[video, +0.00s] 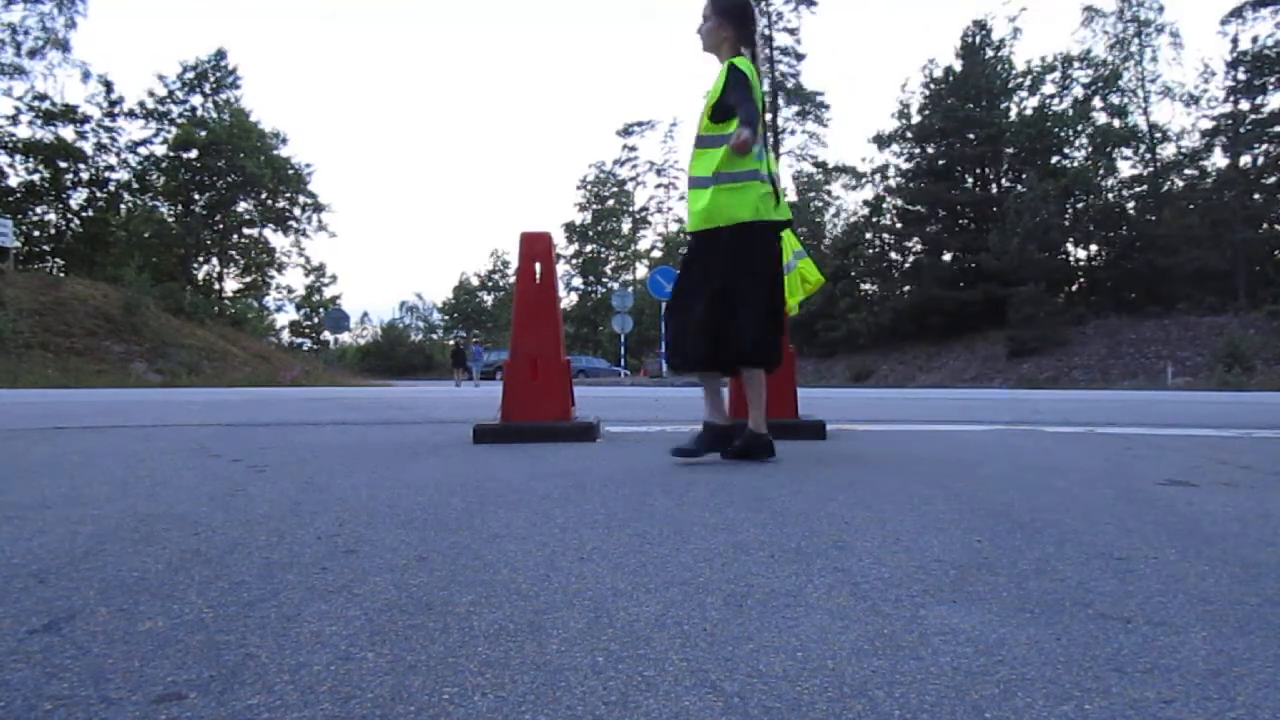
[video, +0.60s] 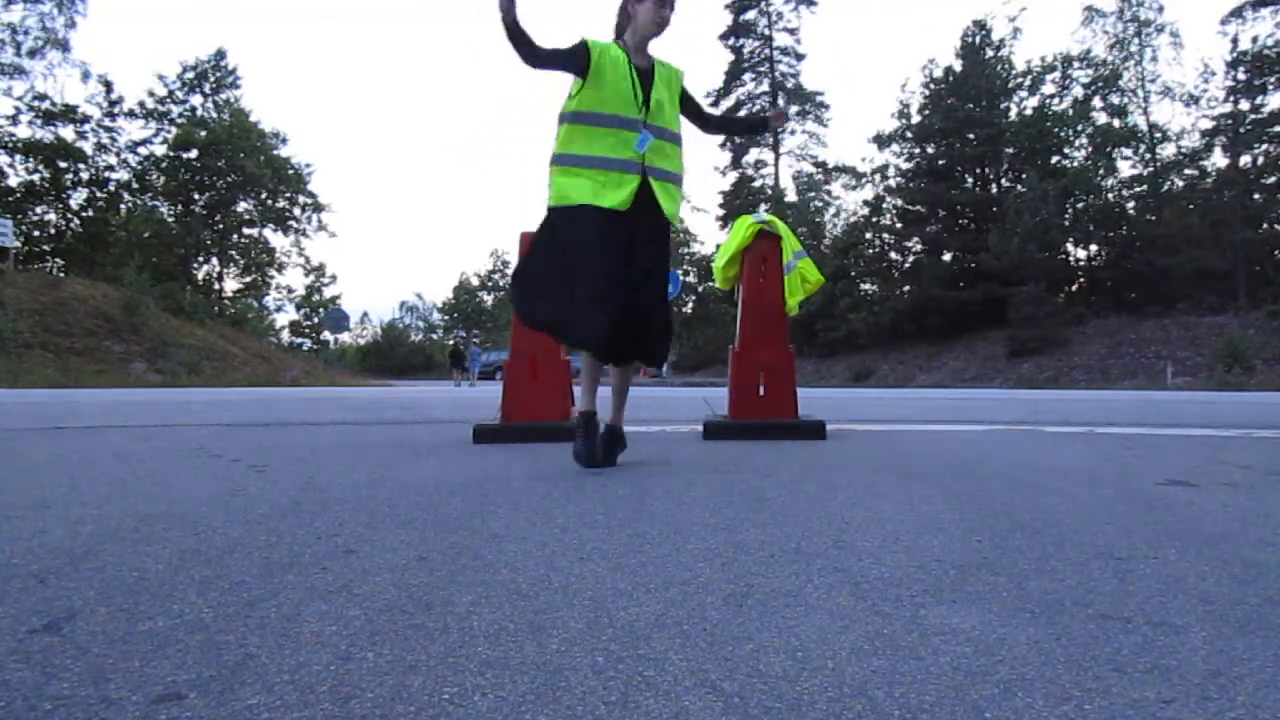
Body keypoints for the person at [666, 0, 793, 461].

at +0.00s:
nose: (699, 29)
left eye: (705, 20)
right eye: (701, 21)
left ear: (726, 26)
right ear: (734, 29)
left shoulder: (735, 69)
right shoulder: (742, 75)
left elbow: (749, 107)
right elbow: (755, 149)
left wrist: (746, 130)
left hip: (728, 227)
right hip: (750, 226)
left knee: (697, 319)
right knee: (750, 326)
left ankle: (716, 422)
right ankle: (757, 432)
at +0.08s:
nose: (684, 25)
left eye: (691, 18)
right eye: (686, 18)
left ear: (714, 26)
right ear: (712, 27)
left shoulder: (726, 68)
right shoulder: (711, 77)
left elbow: (751, 93)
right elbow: (706, 136)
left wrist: (773, 100)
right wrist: (672, 156)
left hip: (714, 225)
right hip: (728, 224)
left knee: (678, 323)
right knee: (742, 328)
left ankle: (660, 430)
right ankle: (756, 433)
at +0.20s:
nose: (665, 28)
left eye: (674, 20)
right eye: (667, 20)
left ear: (699, 30)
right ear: (692, 33)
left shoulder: (716, 79)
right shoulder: (672, 92)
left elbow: (762, 107)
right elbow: (638, 129)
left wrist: (806, 105)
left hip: (695, 231)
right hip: (683, 230)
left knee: (653, 330)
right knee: (715, 329)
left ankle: (628, 435)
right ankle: (751, 423)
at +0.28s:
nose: (655, 30)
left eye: (666, 22)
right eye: (656, 23)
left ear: (691, 35)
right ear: (669, 37)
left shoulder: (710, 90)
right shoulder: (649, 97)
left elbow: (759, 130)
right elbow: (601, 136)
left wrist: (814, 143)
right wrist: (542, 144)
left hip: (681, 239)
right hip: (653, 237)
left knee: (634, 332)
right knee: (663, 336)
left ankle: (621, 438)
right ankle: (722, 406)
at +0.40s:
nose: (655, 37)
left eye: (666, 32)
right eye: (649, 30)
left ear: (682, 49)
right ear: (641, 44)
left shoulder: (698, 104)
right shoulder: (613, 105)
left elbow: (747, 162)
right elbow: (552, 140)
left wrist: (807, 189)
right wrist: (484, 148)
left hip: (670, 243)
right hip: (620, 240)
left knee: (627, 332)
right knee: (582, 327)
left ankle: (623, 437)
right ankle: (642, 395)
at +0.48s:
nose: (658, 37)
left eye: (666, 33)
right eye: (651, 29)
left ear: (673, 46)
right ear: (633, 38)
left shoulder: (689, 104)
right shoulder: (598, 96)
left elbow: (742, 157)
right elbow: (528, 117)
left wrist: (803, 173)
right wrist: (470, 107)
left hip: (659, 240)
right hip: (602, 235)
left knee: (627, 335)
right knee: (573, 320)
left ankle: (622, 438)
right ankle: (588, 408)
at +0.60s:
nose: (667, 13)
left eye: (669, 8)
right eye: (659, 4)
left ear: (664, 20)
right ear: (631, 7)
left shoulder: (669, 78)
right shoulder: (596, 54)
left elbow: (711, 122)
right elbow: (537, 58)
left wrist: (765, 122)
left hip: (647, 214)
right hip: (591, 207)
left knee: (635, 320)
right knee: (596, 312)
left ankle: (616, 425)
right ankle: (586, 416)